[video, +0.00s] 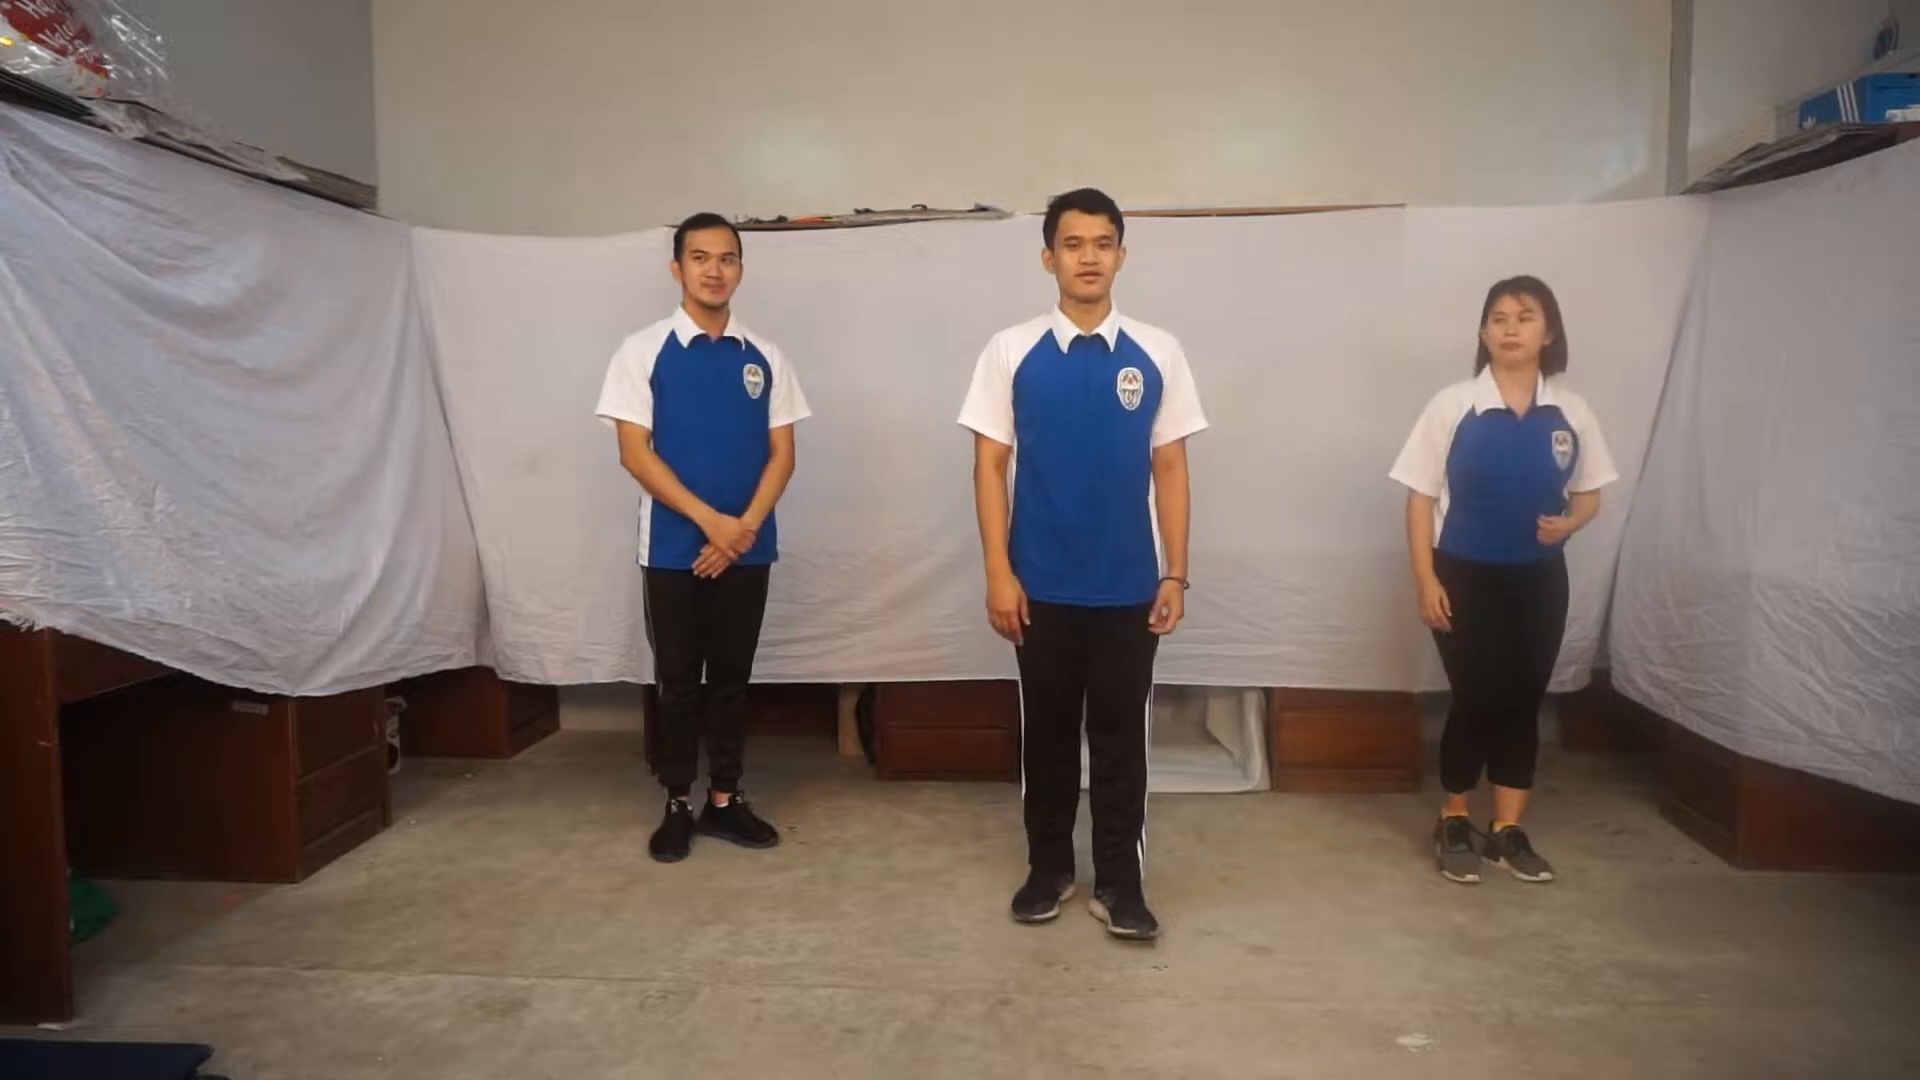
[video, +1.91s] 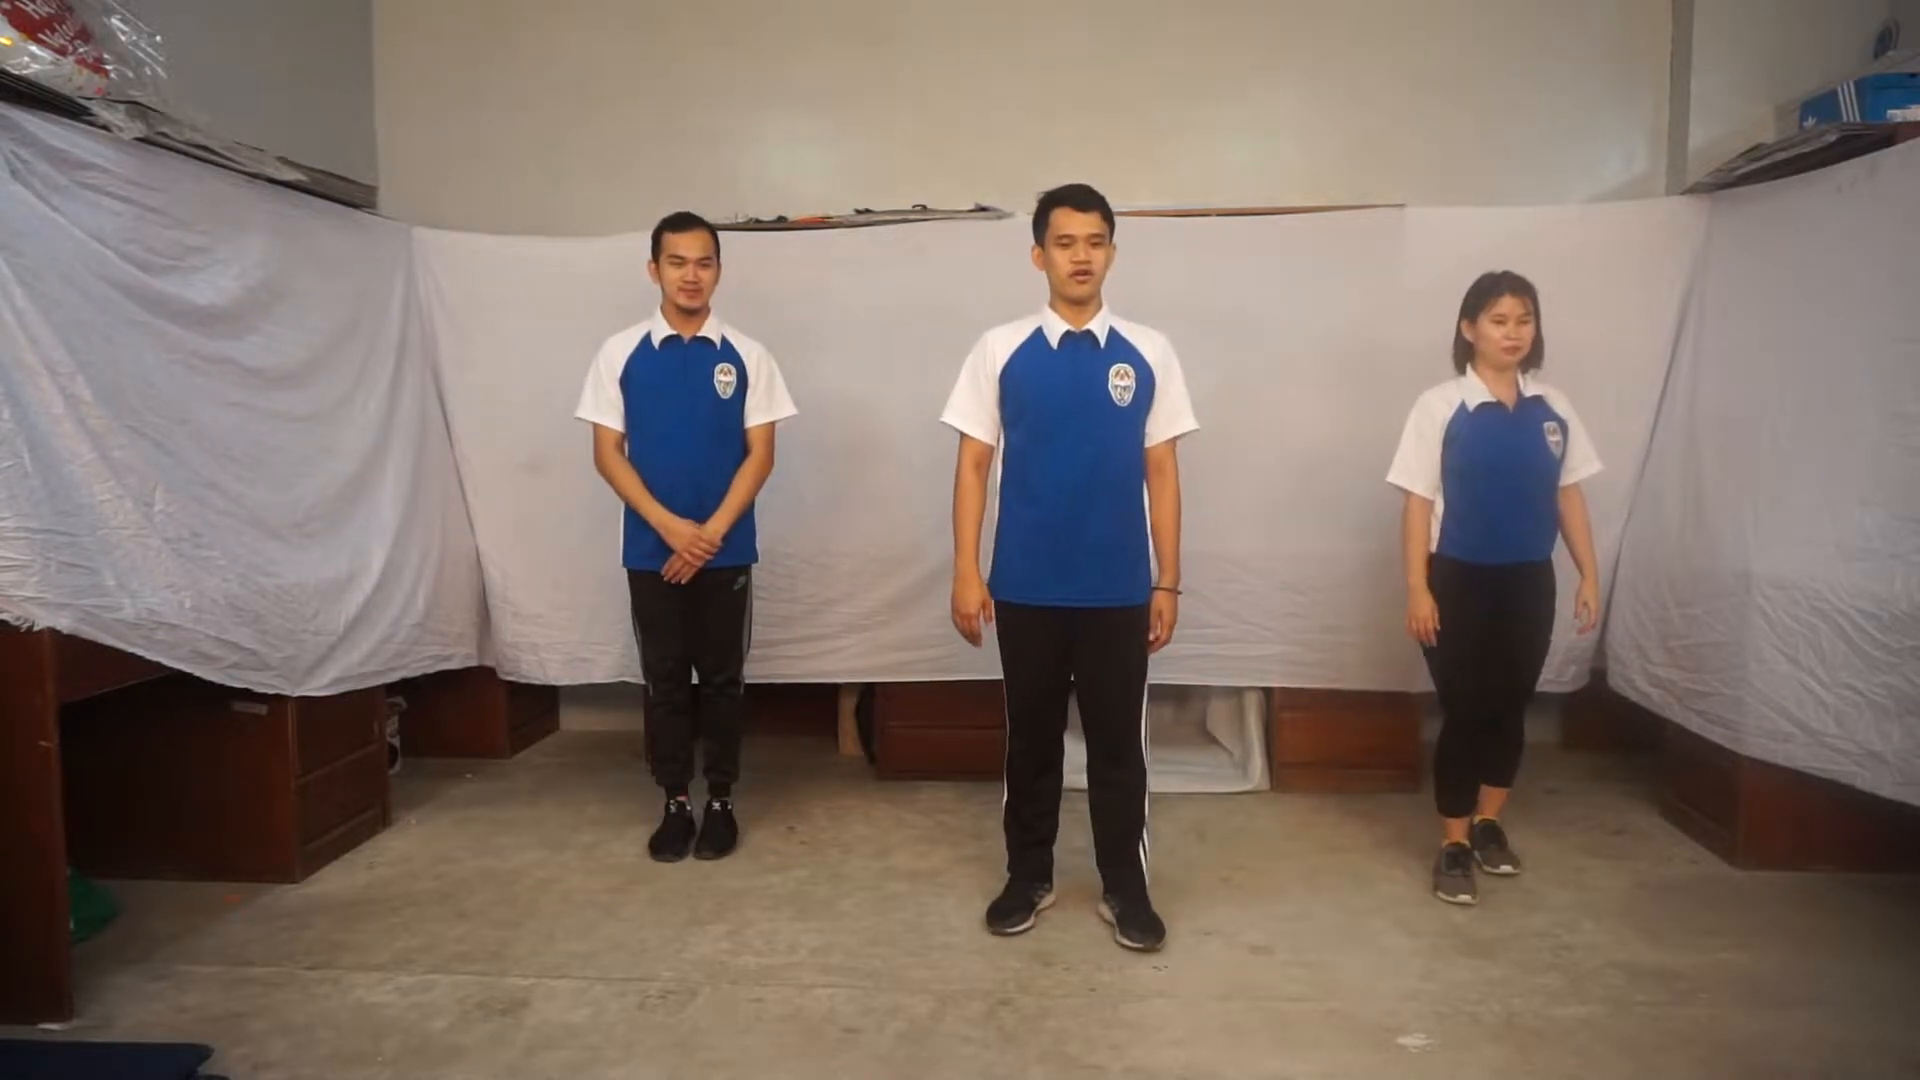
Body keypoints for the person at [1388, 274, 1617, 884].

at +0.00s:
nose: (1511, 326)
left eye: (1525, 317)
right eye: (1499, 317)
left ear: (1549, 332)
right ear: (1484, 331)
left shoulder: (1570, 409)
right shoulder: (1452, 404)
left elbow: (1589, 493)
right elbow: (1420, 496)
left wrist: (1570, 522)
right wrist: (1425, 579)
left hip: (1538, 576)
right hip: (1466, 576)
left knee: (1522, 701)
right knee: (1474, 699)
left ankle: (1508, 830)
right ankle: (1454, 822)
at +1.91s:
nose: (1512, 331)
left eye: (1523, 321)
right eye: (1498, 320)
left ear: (1535, 331)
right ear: (1469, 329)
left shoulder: (1551, 406)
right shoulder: (1439, 405)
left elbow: (1569, 497)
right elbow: (1417, 504)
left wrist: (1588, 573)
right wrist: (1417, 589)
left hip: (1529, 582)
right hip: (1459, 580)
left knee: (1510, 706)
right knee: (1466, 709)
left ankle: (1487, 824)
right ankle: (1454, 843)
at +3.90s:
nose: (1513, 311)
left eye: (1524, 303)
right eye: (1497, 303)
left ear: (1539, 320)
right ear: (1471, 321)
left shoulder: (1560, 399)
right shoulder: (1446, 398)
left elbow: (1591, 485)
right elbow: (1411, 496)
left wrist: (1630, 556)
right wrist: (1458, 554)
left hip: (1542, 586)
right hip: (1461, 586)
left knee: (1545, 713)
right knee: (1464, 719)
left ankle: (1536, 844)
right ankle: (1462, 847)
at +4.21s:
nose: (1534, 321)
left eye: (1547, 310)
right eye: (1519, 312)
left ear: (1568, 323)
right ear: (1498, 329)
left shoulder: (1606, 399)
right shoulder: (1474, 409)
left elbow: (1650, 481)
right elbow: (1435, 504)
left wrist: (1688, 526)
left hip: (1580, 590)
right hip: (1491, 587)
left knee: (1569, 725)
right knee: (1480, 718)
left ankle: (1579, 862)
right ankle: (1460, 851)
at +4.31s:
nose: (1549, 324)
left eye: (1563, 312)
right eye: (1535, 314)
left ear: (1587, 323)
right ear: (1516, 327)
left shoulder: (1619, 396)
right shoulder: (1495, 405)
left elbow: (1659, 494)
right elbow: (1424, 466)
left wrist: (1605, 554)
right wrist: (1392, 401)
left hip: (1602, 587)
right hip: (1515, 584)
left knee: (1585, 723)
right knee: (1493, 713)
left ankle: (1581, 861)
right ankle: (1466, 849)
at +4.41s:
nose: (1565, 328)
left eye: (1581, 316)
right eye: (1552, 317)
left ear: (1610, 328)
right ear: (1537, 328)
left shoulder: (1630, 409)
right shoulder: (1523, 396)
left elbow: (1627, 512)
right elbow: (1462, 407)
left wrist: (1527, 564)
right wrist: (1440, 336)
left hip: (1622, 584)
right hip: (1547, 583)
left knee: (1596, 712)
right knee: (1514, 710)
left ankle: (1582, 857)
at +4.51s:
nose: (1575, 334)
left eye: (1592, 323)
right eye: (1567, 322)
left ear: (1622, 334)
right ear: (1552, 333)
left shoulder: (1630, 413)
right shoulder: (1553, 386)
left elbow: (1598, 520)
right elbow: (1520, 333)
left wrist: (1521, 554)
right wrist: (1489, 265)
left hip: (1633, 583)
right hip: (1575, 581)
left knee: (1602, 717)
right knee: (1562, 712)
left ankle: (1584, 860)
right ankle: (1696, 816)